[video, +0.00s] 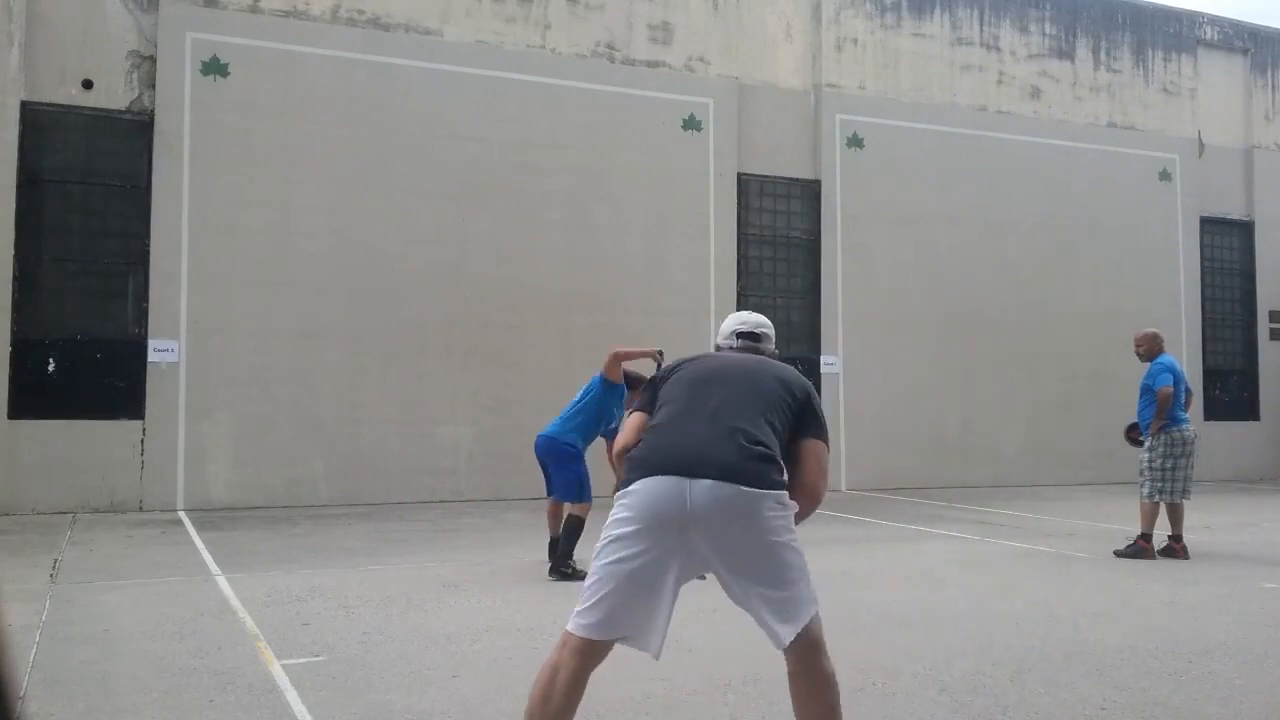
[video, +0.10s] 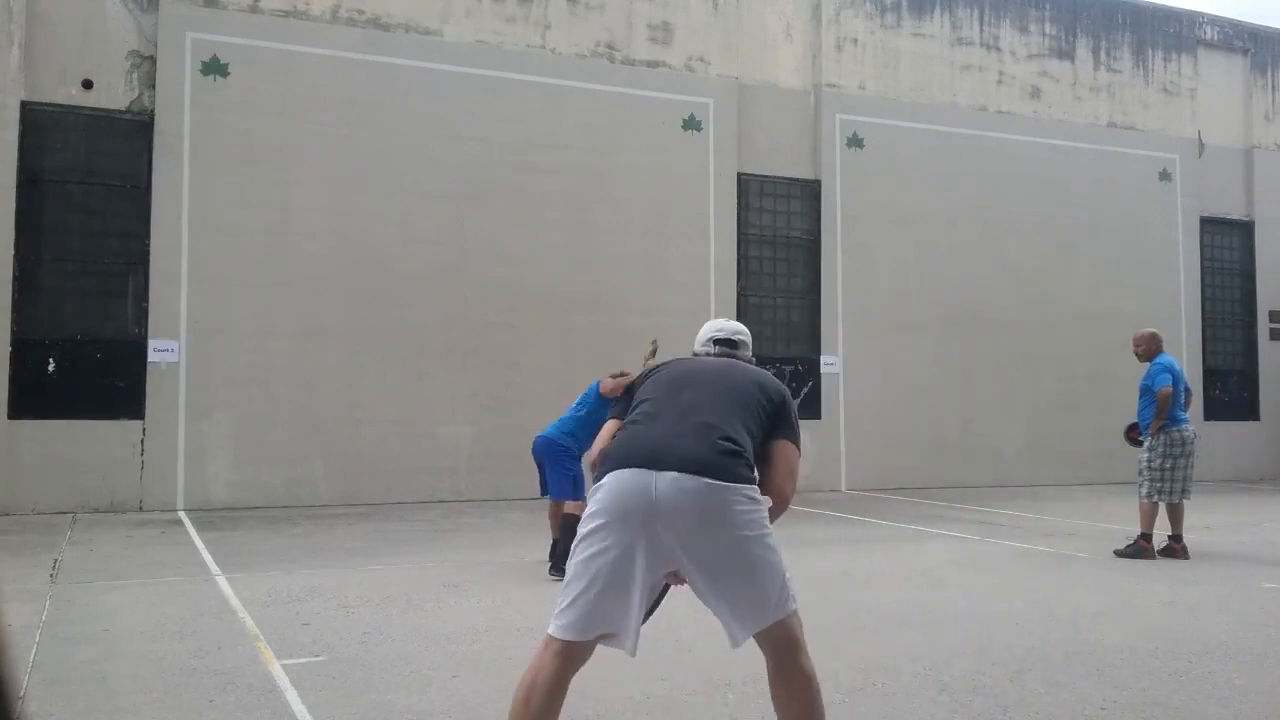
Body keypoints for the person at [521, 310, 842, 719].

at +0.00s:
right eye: (768, 348)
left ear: (719, 346)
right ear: (772, 351)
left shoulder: (674, 369)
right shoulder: (794, 382)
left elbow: (621, 447)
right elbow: (809, 489)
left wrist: (640, 502)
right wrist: (758, 534)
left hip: (650, 487)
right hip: (746, 493)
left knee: (578, 649)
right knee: (805, 644)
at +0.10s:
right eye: (745, 355)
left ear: (697, 351)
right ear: (749, 358)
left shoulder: (654, 372)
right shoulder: (770, 386)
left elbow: (596, 456)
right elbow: (779, 493)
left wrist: (644, 550)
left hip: (621, 479)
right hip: (718, 485)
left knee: (561, 649)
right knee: (784, 645)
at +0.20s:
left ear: (676, 353)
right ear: (729, 359)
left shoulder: (638, 374)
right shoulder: (754, 389)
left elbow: (583, 458)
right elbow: (760, 493)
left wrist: (633, 553)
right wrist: (684, 559)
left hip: (616, 481)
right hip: (714, 485)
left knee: (560, 650)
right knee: (776, 652)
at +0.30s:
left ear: (665, 351)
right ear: (718, 357)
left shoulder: (629, 373)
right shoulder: (747, 387)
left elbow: (580, 457)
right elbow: (756, 487)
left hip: (620, 483)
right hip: (717, 486)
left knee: (562, 651)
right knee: (777, 651)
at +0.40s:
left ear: (659, 346)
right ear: (714, 349)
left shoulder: (627, 367)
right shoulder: (744, 380)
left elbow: (582, 456)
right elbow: (756, 480)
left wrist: (601, 516)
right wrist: (733, 538)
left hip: (621, 479)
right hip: (719, 484)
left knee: (562, 650)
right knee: (777, 650)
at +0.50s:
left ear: (664, 337)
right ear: (718, 341)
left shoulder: (629, 361)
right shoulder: (747, 374)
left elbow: (586, 452)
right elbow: (759, 476)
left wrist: (606, 508)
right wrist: (734, 531)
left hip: (621, 481)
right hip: (718, 485)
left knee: (563, 650)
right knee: (776, 650)